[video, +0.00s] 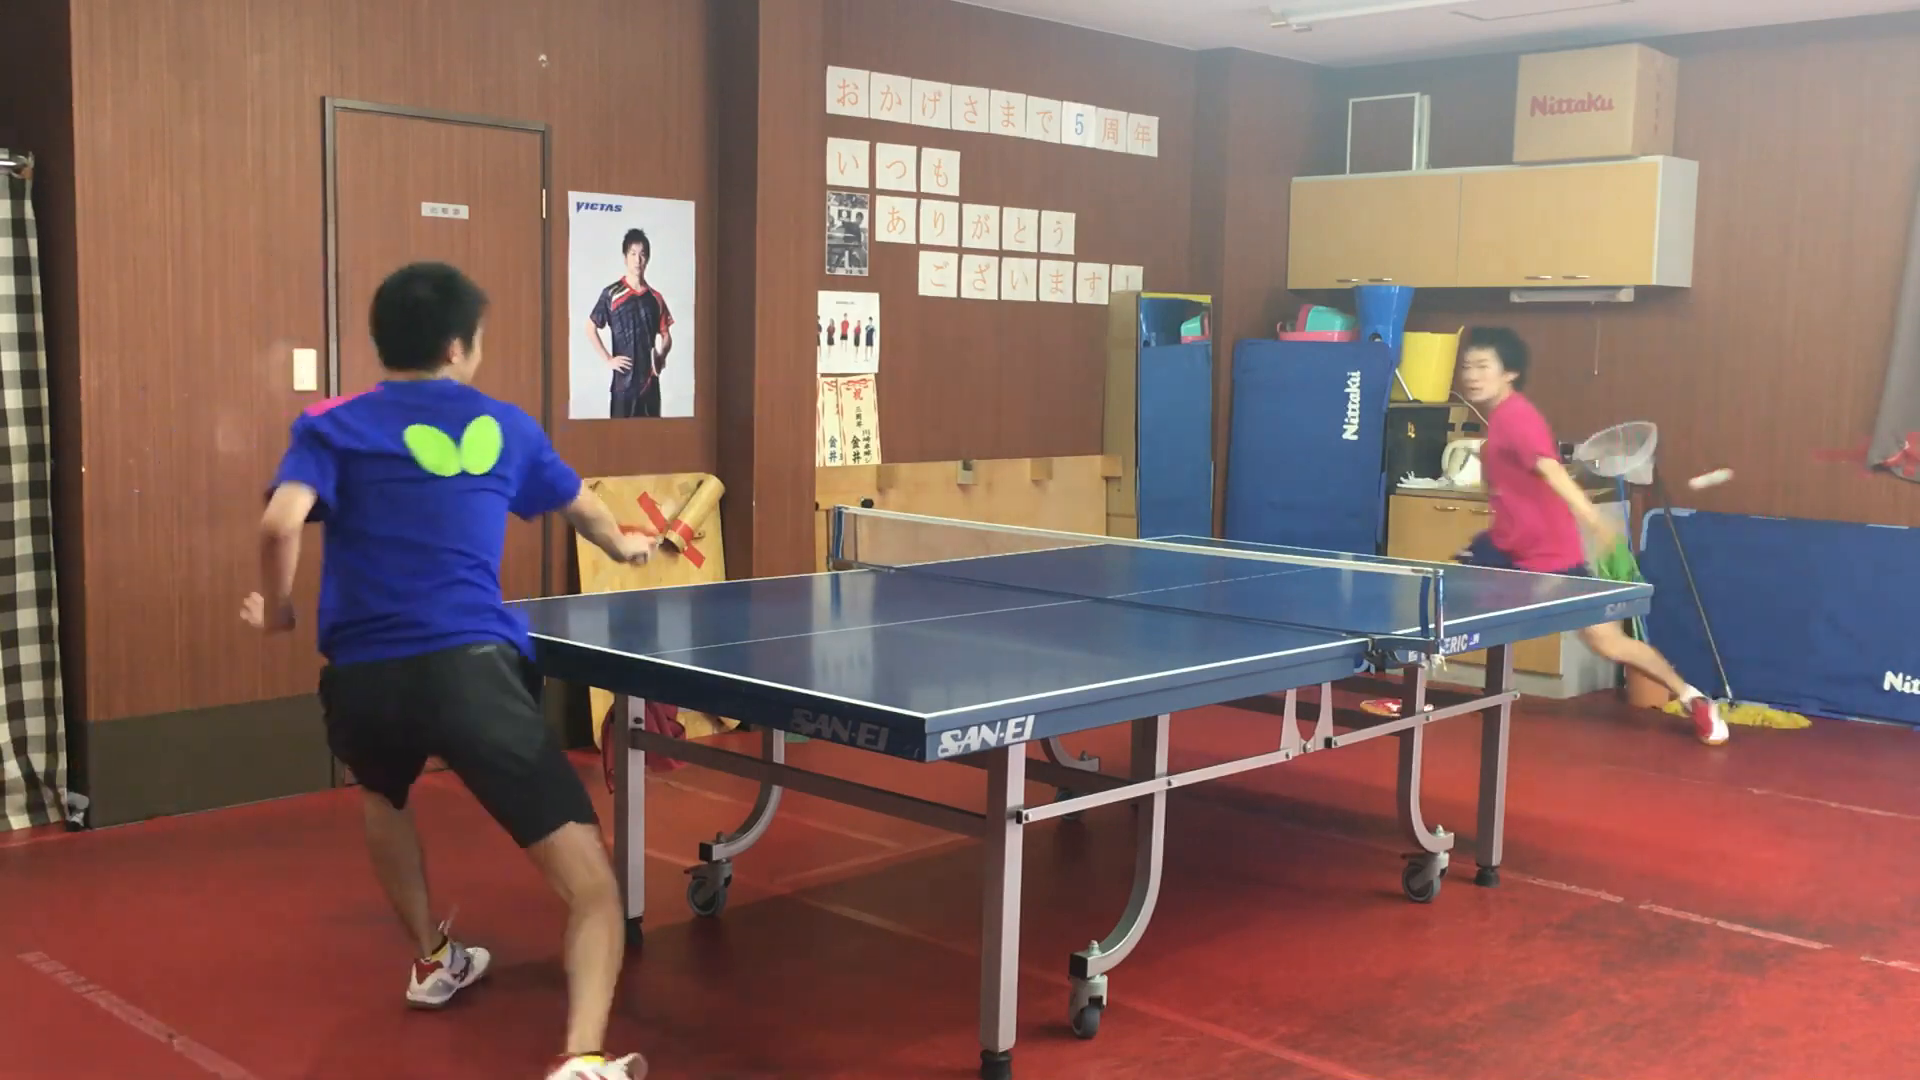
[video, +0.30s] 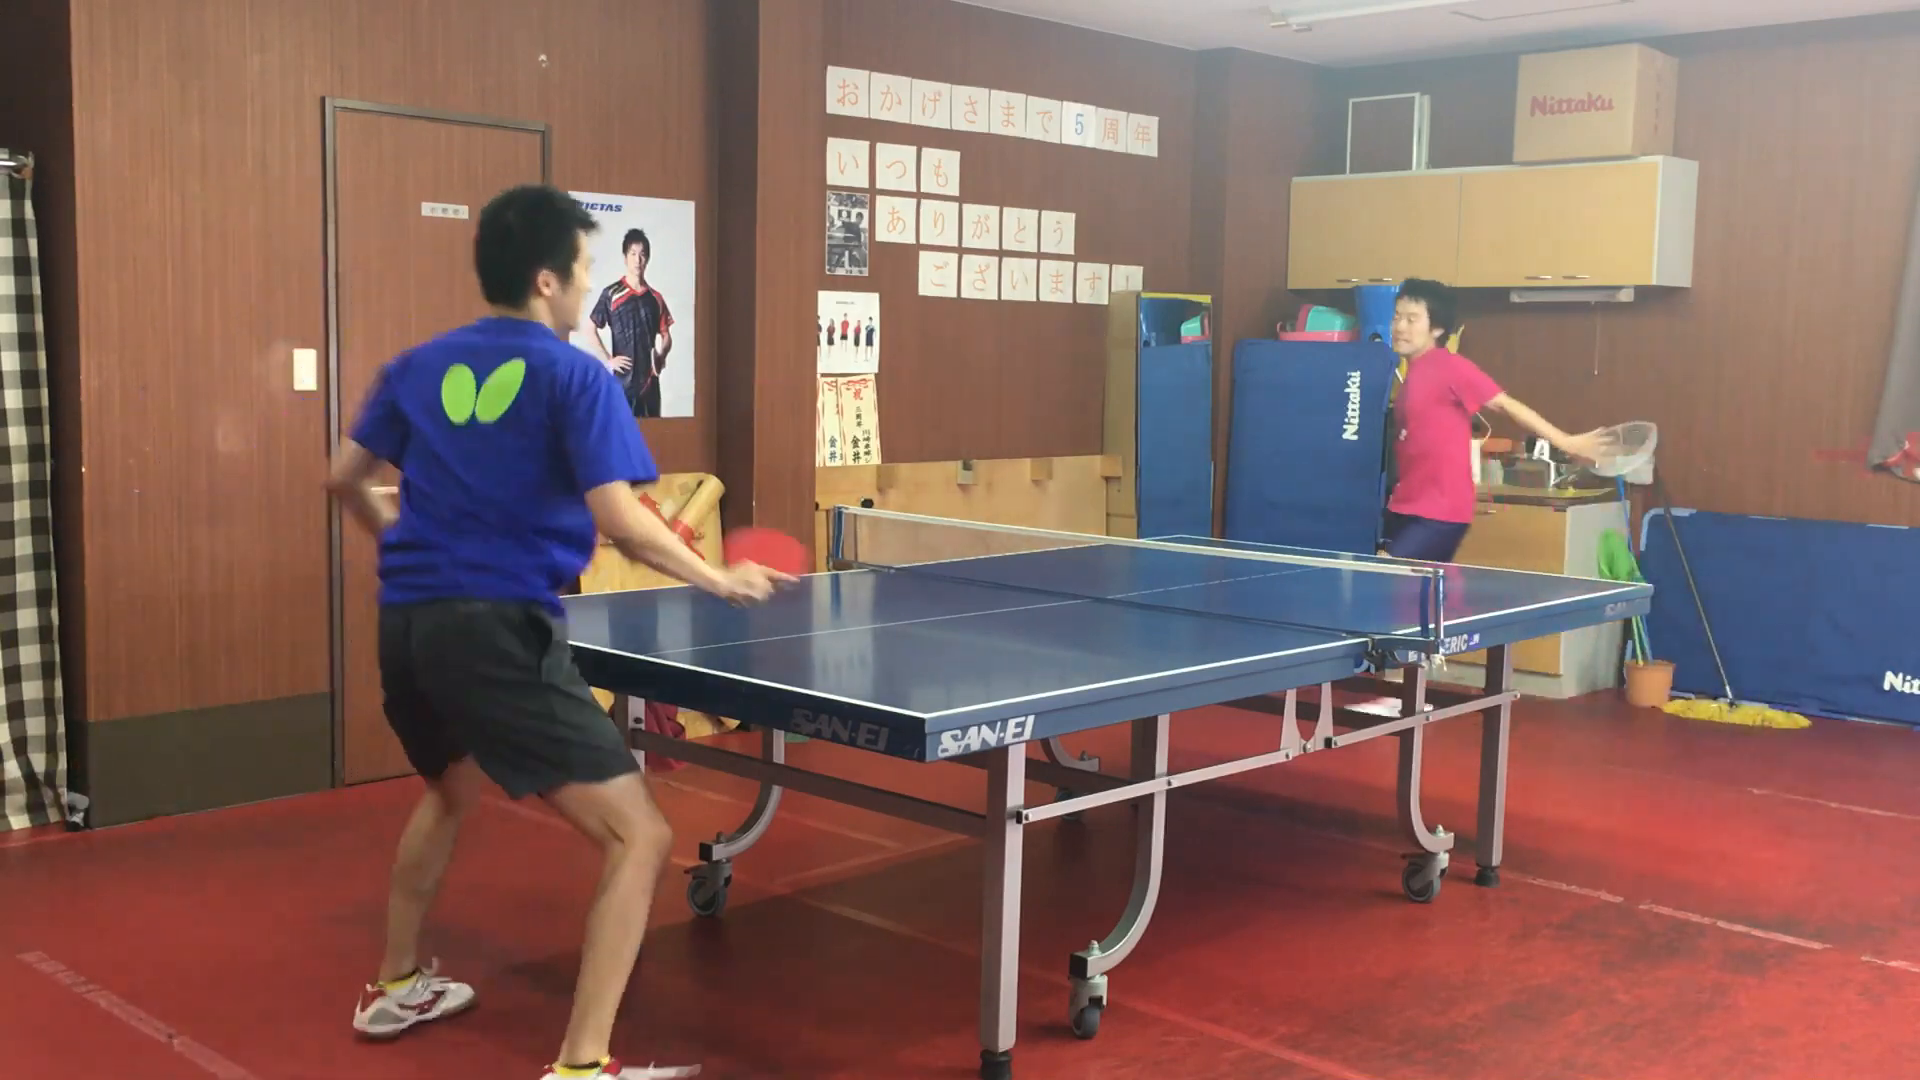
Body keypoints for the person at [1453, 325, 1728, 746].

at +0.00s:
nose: (1470, 374)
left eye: (1482, 365)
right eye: (1466, 365)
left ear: (1509, 375)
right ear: (1460, 372)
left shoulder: (1515, 417)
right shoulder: (1498, 415)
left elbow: (1550, 470)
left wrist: (1594, 524)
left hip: (1552, 555)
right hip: (1505, 549)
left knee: (1607, 643)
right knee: (1436, 591)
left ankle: (1691, 698)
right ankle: (1409, 690)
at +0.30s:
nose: (1399, 327)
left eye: (1412, 319)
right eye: (1397, 317)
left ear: (1437, 330)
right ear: (1392, 319)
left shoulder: (1447, 365)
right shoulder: (1414, 372)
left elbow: (1506, 405)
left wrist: (1566, 442)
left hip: (1439, 512)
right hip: (1405, 507)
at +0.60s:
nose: (1349, 318)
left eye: (1364, 314)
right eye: (1349, 308)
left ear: (1384, 329)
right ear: (1343, 309)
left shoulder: (1385, 369)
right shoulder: (1349, 366)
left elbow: (1429, 424)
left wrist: (1474, 477)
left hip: (1351, 521)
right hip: (1320, 513)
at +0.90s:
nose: (1315, 315)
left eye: (1328, 309)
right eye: (1309, 303)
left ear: (1341, 321)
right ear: (1296, 308)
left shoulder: (1346, 369)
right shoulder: (1293, 362)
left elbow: (1356, 442)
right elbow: (1292, 429)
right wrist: (1267, 470)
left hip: (1311, 517)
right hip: (1262, 505)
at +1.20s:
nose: (1325, 323)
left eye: (1332, 316)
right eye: (1316, 312)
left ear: (1336, 324)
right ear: (1287, 316)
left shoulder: (1343, 376)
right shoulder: (1252, 369)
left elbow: (1344, 447)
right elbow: (1232, 430)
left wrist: (1290, 481)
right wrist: (1205, 485)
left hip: (1305, 524)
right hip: (1247, 517)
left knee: (1297, 614)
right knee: (1241, 608)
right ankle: (1238, 704)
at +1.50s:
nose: (1354, 313)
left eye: (1355, 305)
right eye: (1346, 303)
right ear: (1313, 306)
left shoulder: (1358, 366)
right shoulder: (1281, 356)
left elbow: (1377, 432)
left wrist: (1396, 496)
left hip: (1334, 513)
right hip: (1276, 510)